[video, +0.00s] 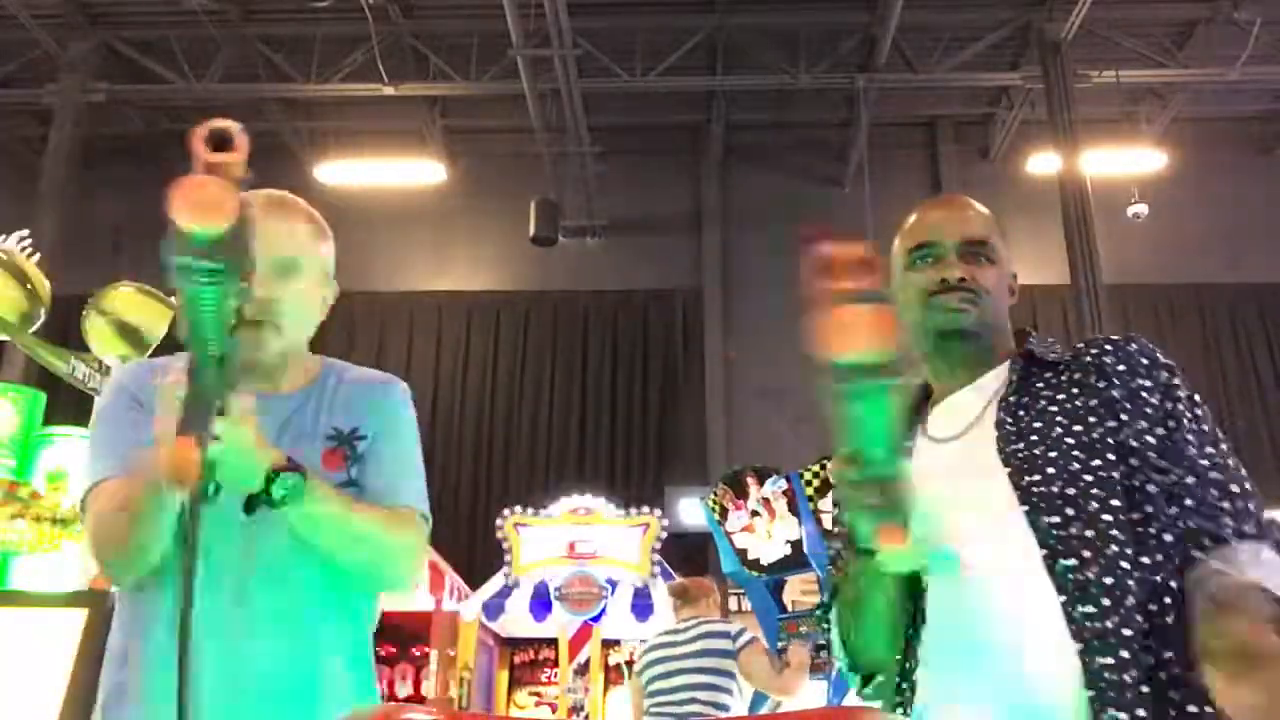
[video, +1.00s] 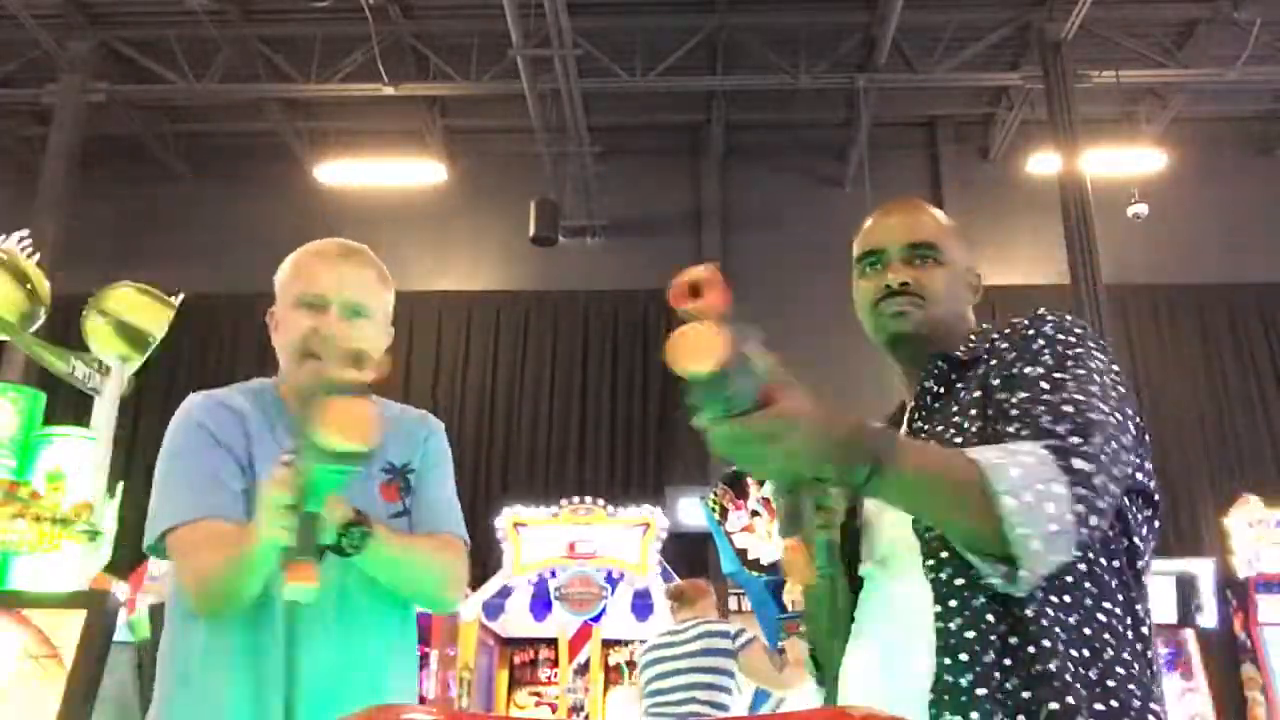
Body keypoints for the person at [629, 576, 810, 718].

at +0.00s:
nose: (721, 609)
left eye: (720, 604)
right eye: (720, 603)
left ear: (675, 610)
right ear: (712, 601)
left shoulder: (647, 649)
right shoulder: (730, 633)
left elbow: (638, 715)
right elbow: (787, 687)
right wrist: (800, 659)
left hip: (660, 716)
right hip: (707, 713)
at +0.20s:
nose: (721, 609)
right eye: (720, 603)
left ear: (677, 609)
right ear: (713, 601)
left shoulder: (647, 647)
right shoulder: (730, 633)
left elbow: (638, 711)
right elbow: (774, 694)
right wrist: (790, 661)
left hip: (658, 714)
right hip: (710, 713)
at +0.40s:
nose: (721, 612)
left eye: (719, 605)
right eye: (719, 605)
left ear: (675, 609)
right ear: (715, 601)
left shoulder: (646, 647)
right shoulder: (729, 632)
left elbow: (637, 713)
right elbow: (754, 695)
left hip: (657, 714)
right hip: (708, 713)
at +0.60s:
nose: (719, 605)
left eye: (716, 596)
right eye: (714, 596)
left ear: (672, 606)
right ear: (705, 597)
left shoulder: (646, 647)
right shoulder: (727, 630)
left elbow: (634, 712)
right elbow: (777, 680)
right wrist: (792, 661)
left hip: (655, 715)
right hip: (707, 713)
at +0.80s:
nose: (717, 606)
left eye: (715, 599)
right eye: (714, 599)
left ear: (673, 606)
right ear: (707, 596)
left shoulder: (647, 646)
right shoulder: (729, 631)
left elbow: (629, 711)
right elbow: (773, 677)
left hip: (656, 715)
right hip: (707, 713)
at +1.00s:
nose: (717, 611)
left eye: (715, 606)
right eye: (716, 605)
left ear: (674, 612)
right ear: (713, 603)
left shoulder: (647, 649)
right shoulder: (730, 633)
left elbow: (643, 703)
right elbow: (786, 681)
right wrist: (797, 654)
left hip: (655, 714)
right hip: (707, 712)